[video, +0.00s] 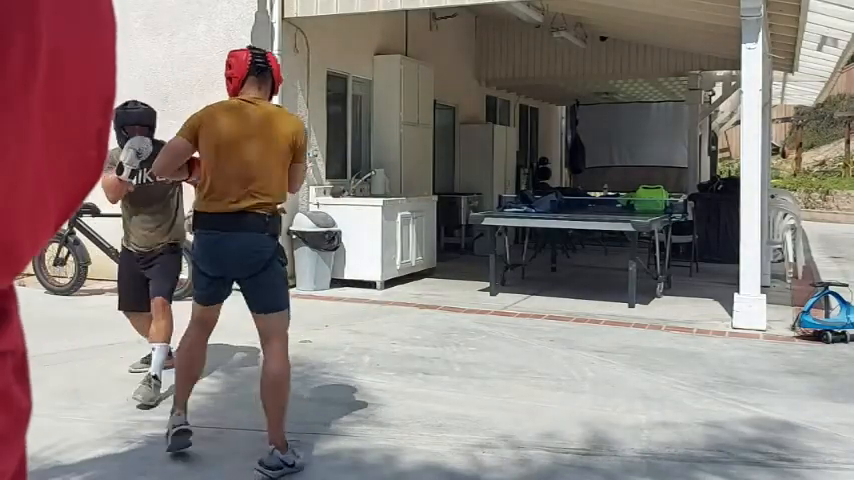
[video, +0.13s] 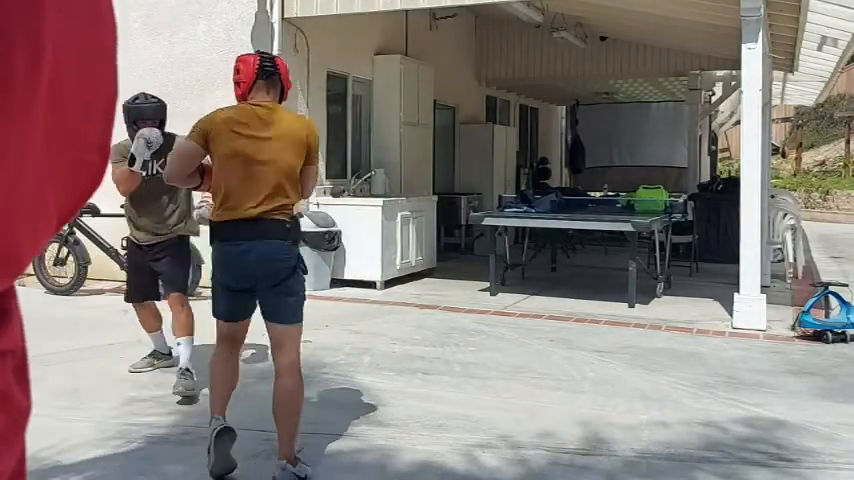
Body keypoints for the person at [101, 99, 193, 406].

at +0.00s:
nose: (137, 136)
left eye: (143, 129)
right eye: (130, 130)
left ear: (152, 130)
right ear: (120, 132)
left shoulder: (169, 153)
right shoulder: (115, 157)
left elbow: (202, 176)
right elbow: (112, 196)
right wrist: (127, 168)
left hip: (165, 246)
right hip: (132, 248)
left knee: (159, 302)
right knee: (133, 308)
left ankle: (155, 377)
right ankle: (163, 351)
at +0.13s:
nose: (148, 130)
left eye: (154, 123)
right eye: (141, 124)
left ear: (162, 122)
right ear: (130, 124)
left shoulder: (179, 146)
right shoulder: (121, 151)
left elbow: (206, 177)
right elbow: (123, 187)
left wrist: (182, 174)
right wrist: (141, 160)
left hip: (173, 238)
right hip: (139, 241)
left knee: (176, 298)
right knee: (140, 300)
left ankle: (185, 367)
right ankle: (162, 351)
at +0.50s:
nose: (190, 143)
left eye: (195, 137)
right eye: (183, 137)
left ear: (203, 136)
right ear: (172, 136)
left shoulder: (212, 158)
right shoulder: (157, 157)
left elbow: (231, 197)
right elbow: (143, 202)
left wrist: (226, 192)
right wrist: (158, 175)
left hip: (202, 245)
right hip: (164, 245)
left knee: (212, 301)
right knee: (145, 302)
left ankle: (223, 364)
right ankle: (162, 350)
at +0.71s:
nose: (192, 147)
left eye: (197, 142)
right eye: (186, 142)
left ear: (208, 141)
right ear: (177, 141)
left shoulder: (214, 162)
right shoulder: (164, 160)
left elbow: (222, 198)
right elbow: (158, 202)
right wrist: (168, 170)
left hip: (203, 247)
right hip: (166, 246)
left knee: (214, 301)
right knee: (147, 306)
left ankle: (220, 369)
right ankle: (165, 347)